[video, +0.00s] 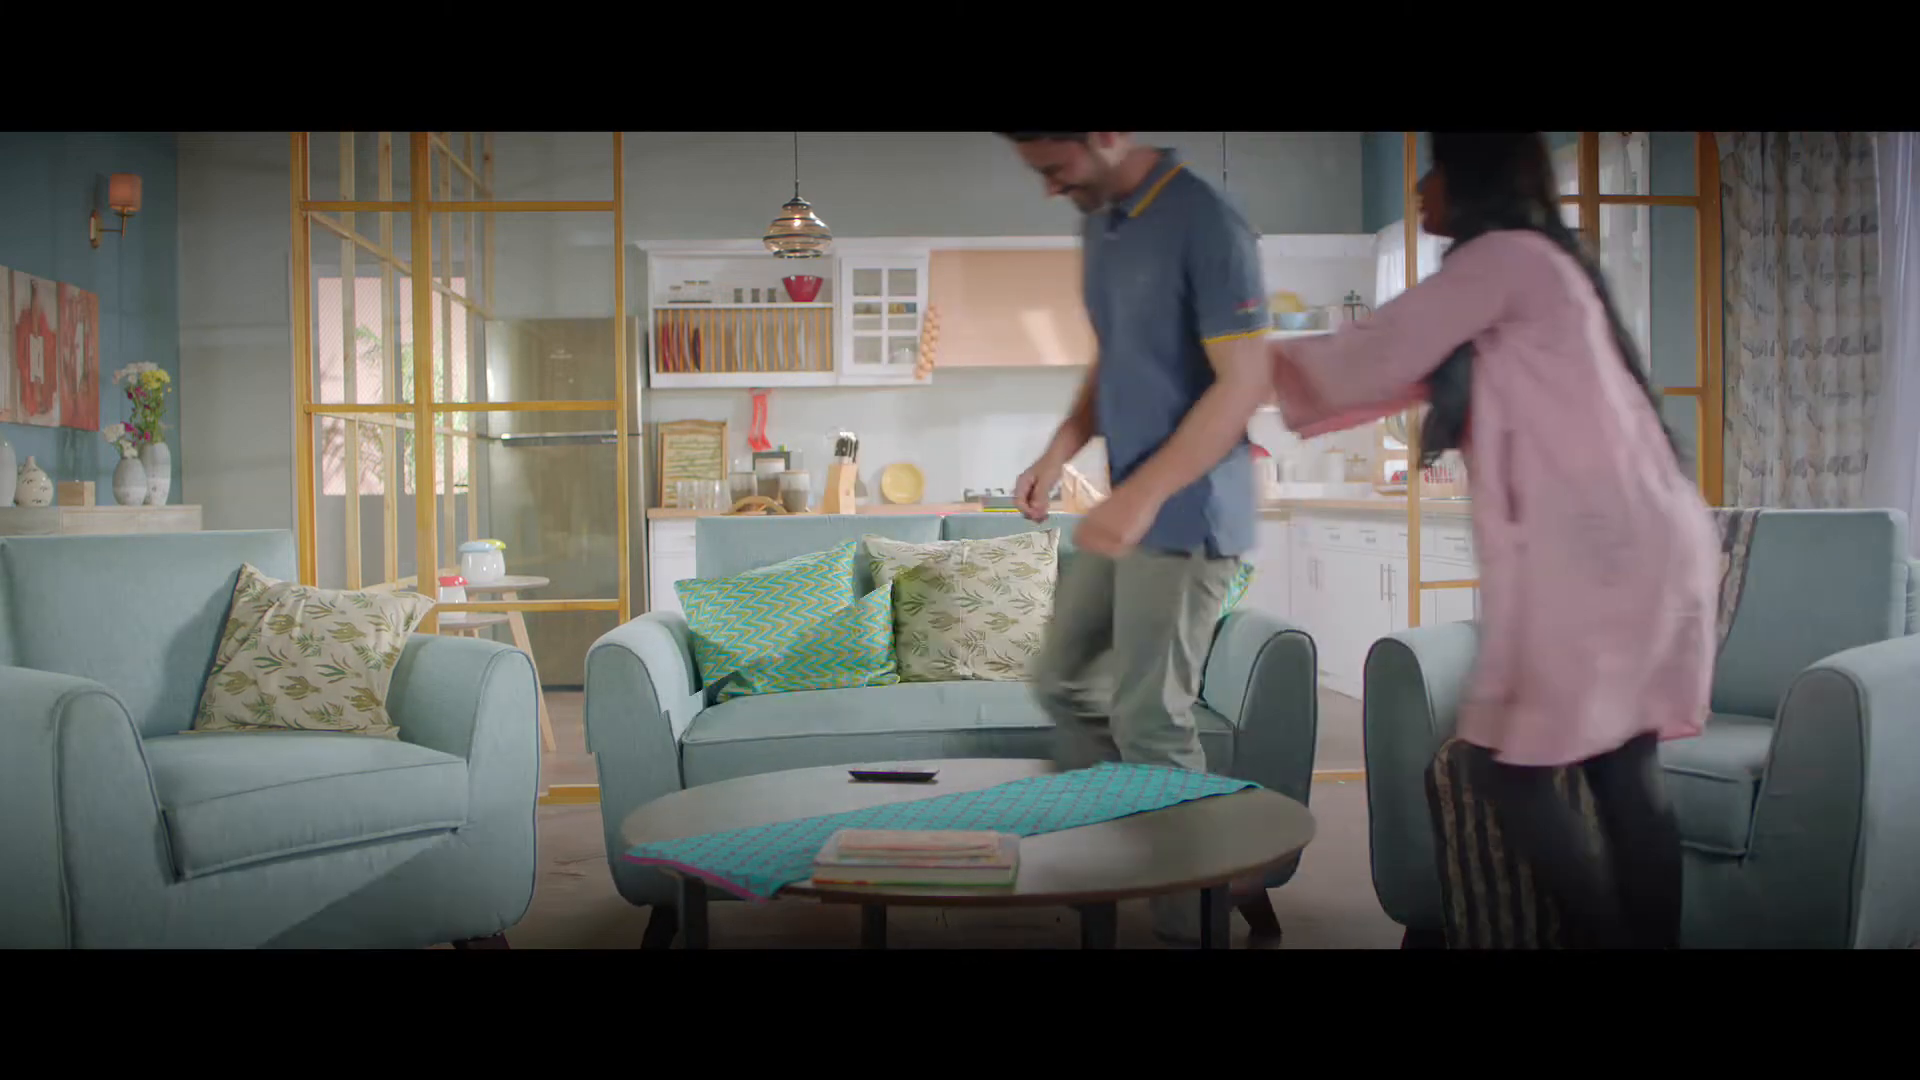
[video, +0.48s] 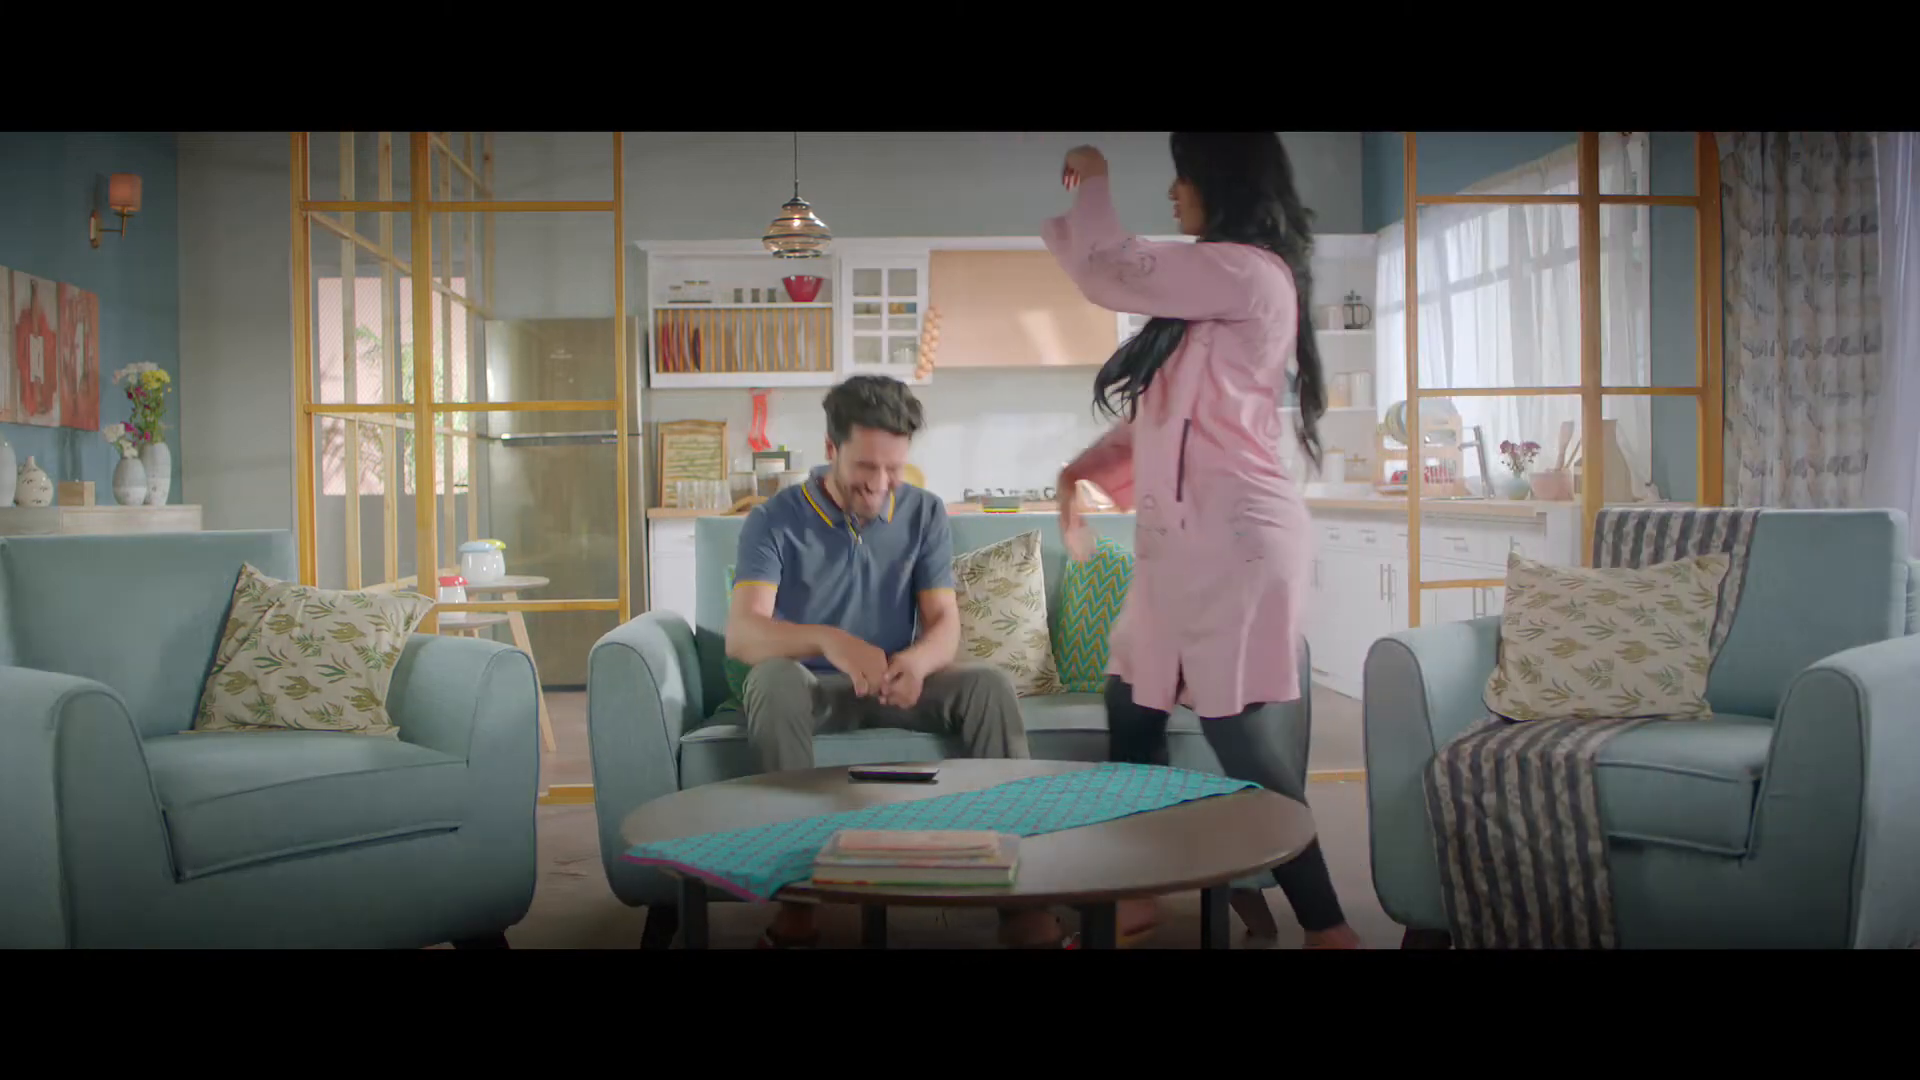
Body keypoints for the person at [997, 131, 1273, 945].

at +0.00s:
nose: (1052, 189)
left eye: (1057, 169)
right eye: (1042, 174)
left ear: (1107, 137)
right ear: (1099, 144)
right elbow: (1116, 361)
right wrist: (1059, 453)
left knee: (1154, 720)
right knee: (1066, 688)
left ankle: (1185, 919)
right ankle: (1110, 872)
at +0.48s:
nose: (877, 485)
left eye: (892, 469)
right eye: (864, 468)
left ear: (906, 454)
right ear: (831, 448)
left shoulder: (923, 512)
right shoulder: (777, 518)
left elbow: (944, 625)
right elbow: (743, 636)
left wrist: (918, 661)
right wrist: (826, 637)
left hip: (901, 688)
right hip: (817, 692)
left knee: (989, 685)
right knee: (775, 680)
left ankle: (1022, 883)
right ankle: (798, 873)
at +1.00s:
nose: (843, 377)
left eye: (856, 363)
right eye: (826, 365)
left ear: (876, 376)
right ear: (803, 382)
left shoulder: (912, 474)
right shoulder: (760, 480)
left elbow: (925, 593)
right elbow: (734, 601)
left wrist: (891, 609)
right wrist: (809, 643)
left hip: (895, 655)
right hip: (807, 659)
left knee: (964, 688)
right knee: (775, 711)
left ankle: (948, 874)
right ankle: (774, 904)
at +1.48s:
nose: (835, 421)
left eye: (851, 405)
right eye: (819, 405)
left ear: (873, 412)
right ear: (796, 412)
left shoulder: (919, 489)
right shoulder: (759, 499)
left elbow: (938, 615)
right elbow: (752, 633)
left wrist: (910, 644)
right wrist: (810, 633)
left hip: (899, 674)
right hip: (810, 676)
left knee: (978, 693)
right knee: (744, 695)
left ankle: (961, 897)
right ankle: (755, 912)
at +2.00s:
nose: (844, 432)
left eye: (860, 416)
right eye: (828, 416)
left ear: (884, 426)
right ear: (806, 427)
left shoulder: (928, 505)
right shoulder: (767, 512)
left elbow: (949, 634)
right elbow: (749, 650)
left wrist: (906, 677)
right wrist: (831, 670)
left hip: (904, 682)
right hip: (804, 685)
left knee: (985, 693)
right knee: (745, 703)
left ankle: (967, 898)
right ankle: (757, 915)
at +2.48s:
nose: (846, 438)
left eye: (862, 422)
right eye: (831, 422)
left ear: (886, 433)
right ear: (807, 434)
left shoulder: (932, 506)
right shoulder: (767, 513)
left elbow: (947, 636)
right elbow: (752, 652)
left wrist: (895, 682)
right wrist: (833, 677)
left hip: (903, 683)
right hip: (804, 687)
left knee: (978, 698)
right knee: (747, 704)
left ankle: (963, 900)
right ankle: (759, 912)